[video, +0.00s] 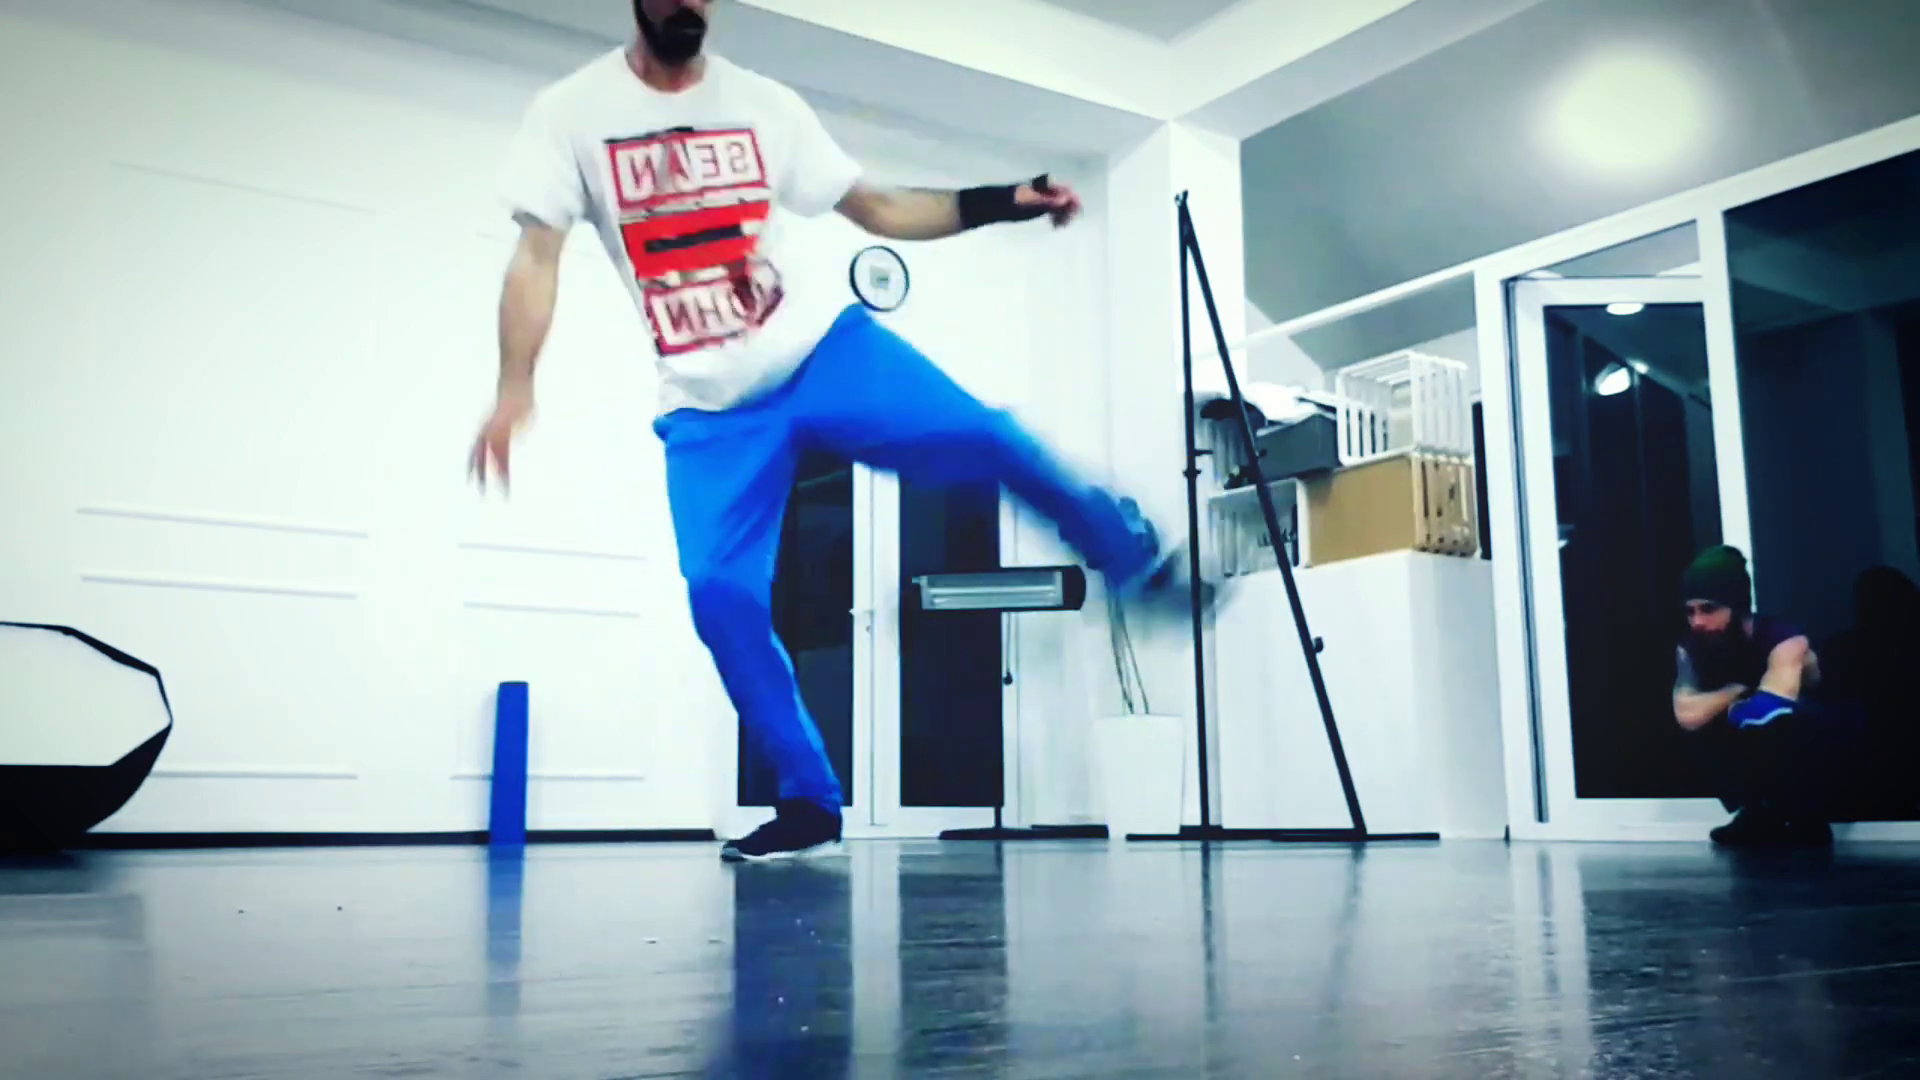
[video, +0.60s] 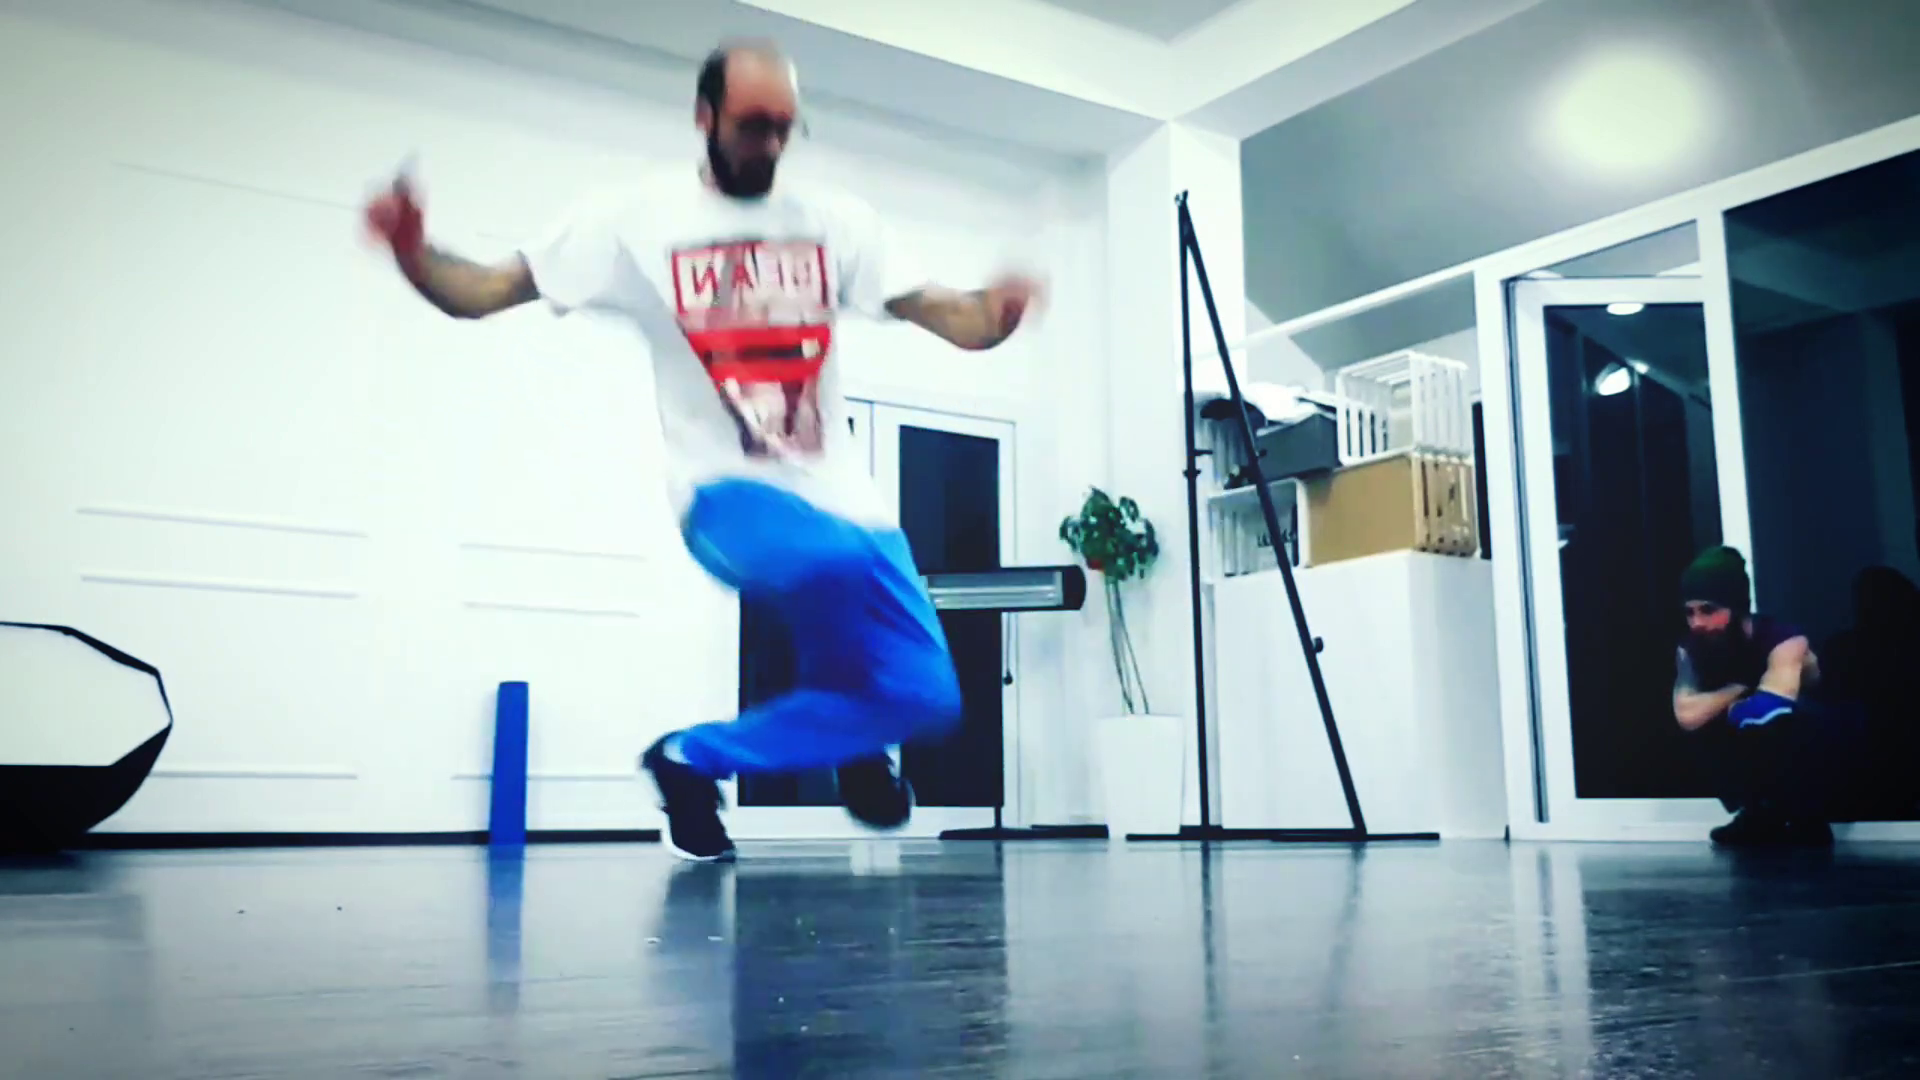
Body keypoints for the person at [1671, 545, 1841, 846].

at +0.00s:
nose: (1697, 622)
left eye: (1708, 610)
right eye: (1691, 612)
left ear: (1736, 605)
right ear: (1685, 611)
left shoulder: (1782, 638)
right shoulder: (1691, 651)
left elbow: (1773, 705)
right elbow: (1688, 715)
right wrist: (1737, 691)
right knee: (1704, 726)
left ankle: (1802, 819)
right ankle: (1755, 814)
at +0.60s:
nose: (1697, 623)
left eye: (1708, 611)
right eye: (1690, 613)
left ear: (1736, 607)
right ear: (1684, 612)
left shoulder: (1779, 637)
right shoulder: (1690, 652)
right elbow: (1688, 715)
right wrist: (1738, 690)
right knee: (1704, 727)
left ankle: (1802, 819)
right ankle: (1755, 814)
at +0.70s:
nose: (1697, 623)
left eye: (1708, 611)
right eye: (1690, 613)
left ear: (1736, 607)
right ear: (1684, 612)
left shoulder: (1777, 637)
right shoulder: (1691, 652)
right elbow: (1688, 715)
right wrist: (1738, 689)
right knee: (1704, 728)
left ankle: (1802, 819)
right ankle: (1755, 814)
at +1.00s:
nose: (1697, 622)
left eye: (1708, 610)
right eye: (1690, 612)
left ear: (1737, 607)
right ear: (1684, 611)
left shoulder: (1778, 637)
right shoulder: (1691, 650)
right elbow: (1687, 714)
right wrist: (1739, 689)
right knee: (1704, 726)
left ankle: (1802, 818)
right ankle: (1754, 814)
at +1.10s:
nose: (1697, 623)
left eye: (1709, 610)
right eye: (1691, 612)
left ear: (1738, 607)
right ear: (1685, 612)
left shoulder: (1782, 637)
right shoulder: (1690, 652)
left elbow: (1775, 705)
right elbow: (1688, 714)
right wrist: (1742, 687)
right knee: (1705, 725)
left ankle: (1799, 818)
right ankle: (1755, 813)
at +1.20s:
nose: (1698, 623)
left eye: (1709, 611)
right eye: (1691, 612)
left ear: (1737, 607)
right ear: (1685, 613)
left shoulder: (1781, 637)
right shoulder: (1690, 652)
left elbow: (1776, 703)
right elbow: (1688, 714)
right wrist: (1742, 687)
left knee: (1768, 717)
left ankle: (1801, 819)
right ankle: (1755, 814)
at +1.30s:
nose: (1698, 623)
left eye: (1710, 611)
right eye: (1691, 612)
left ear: (1737, 607)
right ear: (1685, 613)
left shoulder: (1780, 636)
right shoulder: (1690, 652)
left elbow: (1776, 703)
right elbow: (1688, 714)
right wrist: (1741, 688)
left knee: (1768, 717)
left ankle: (1801, 819)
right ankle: (1755, 813)